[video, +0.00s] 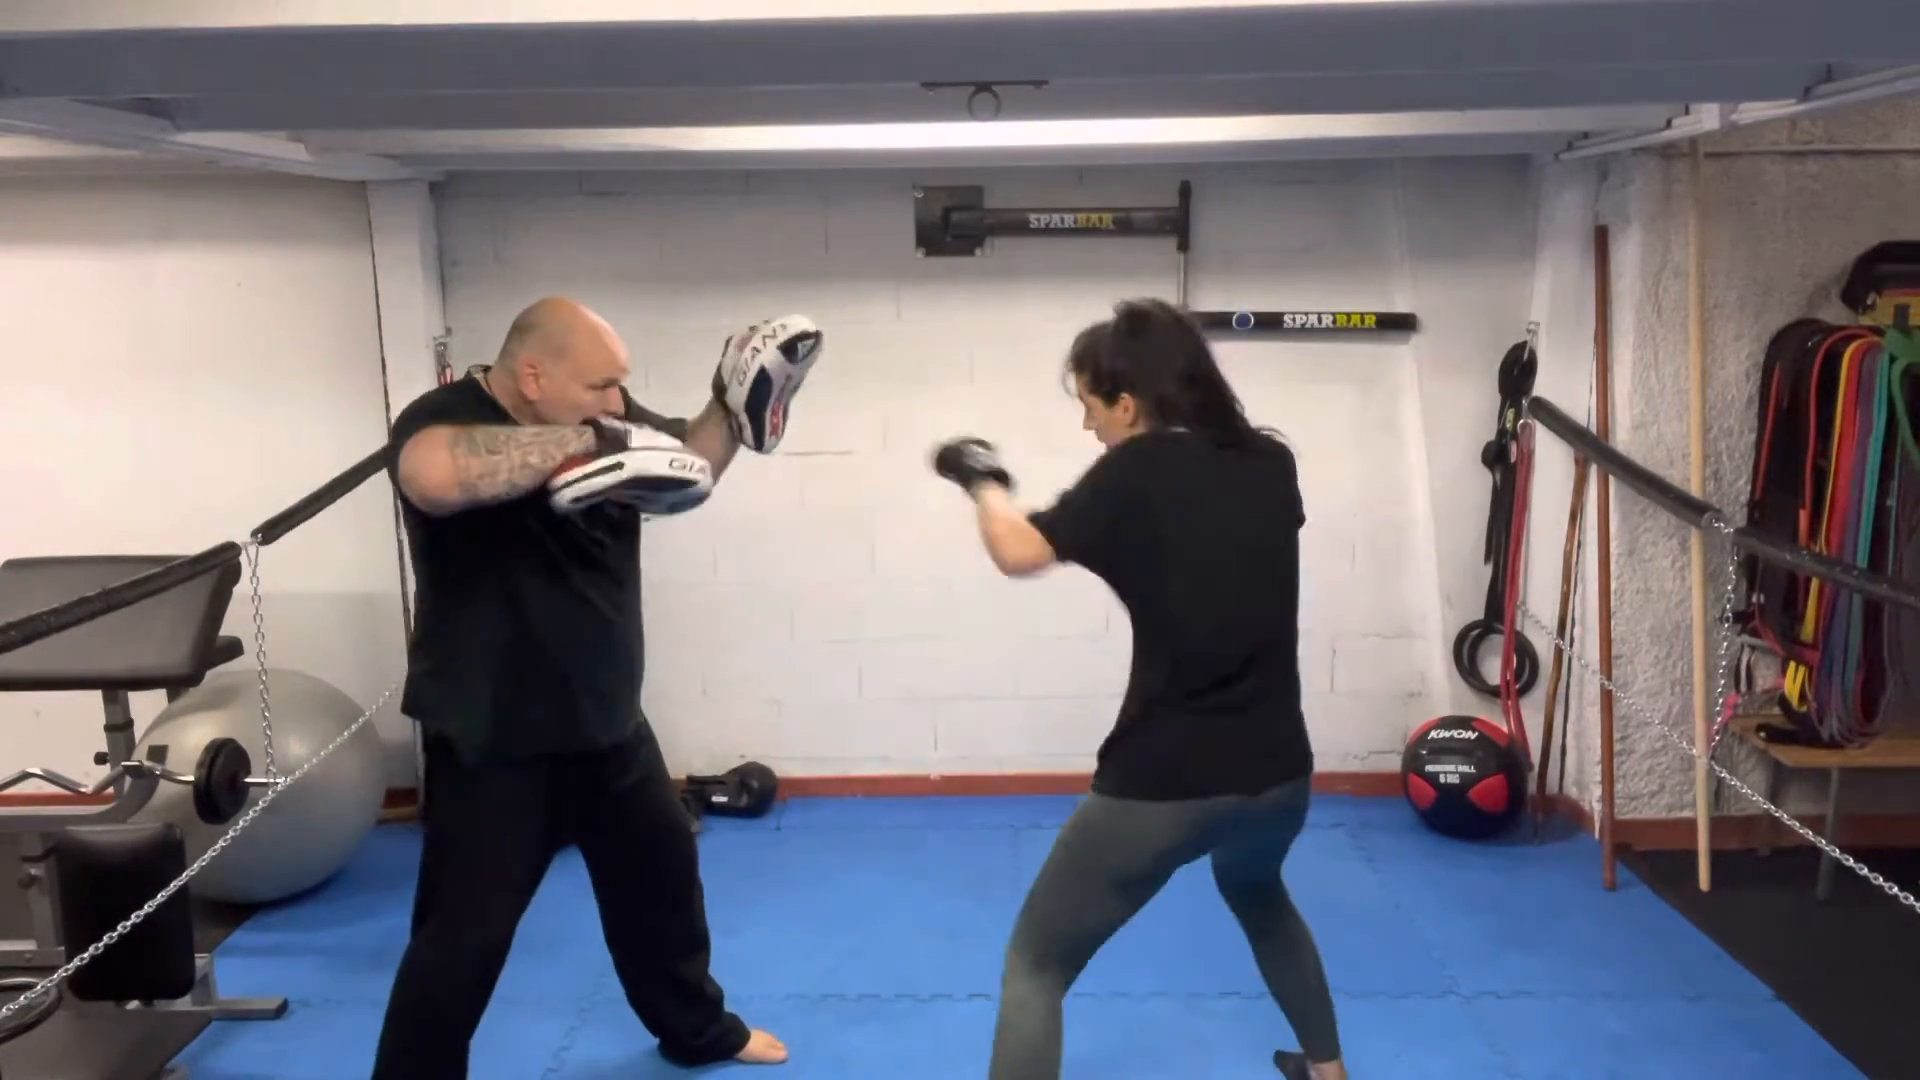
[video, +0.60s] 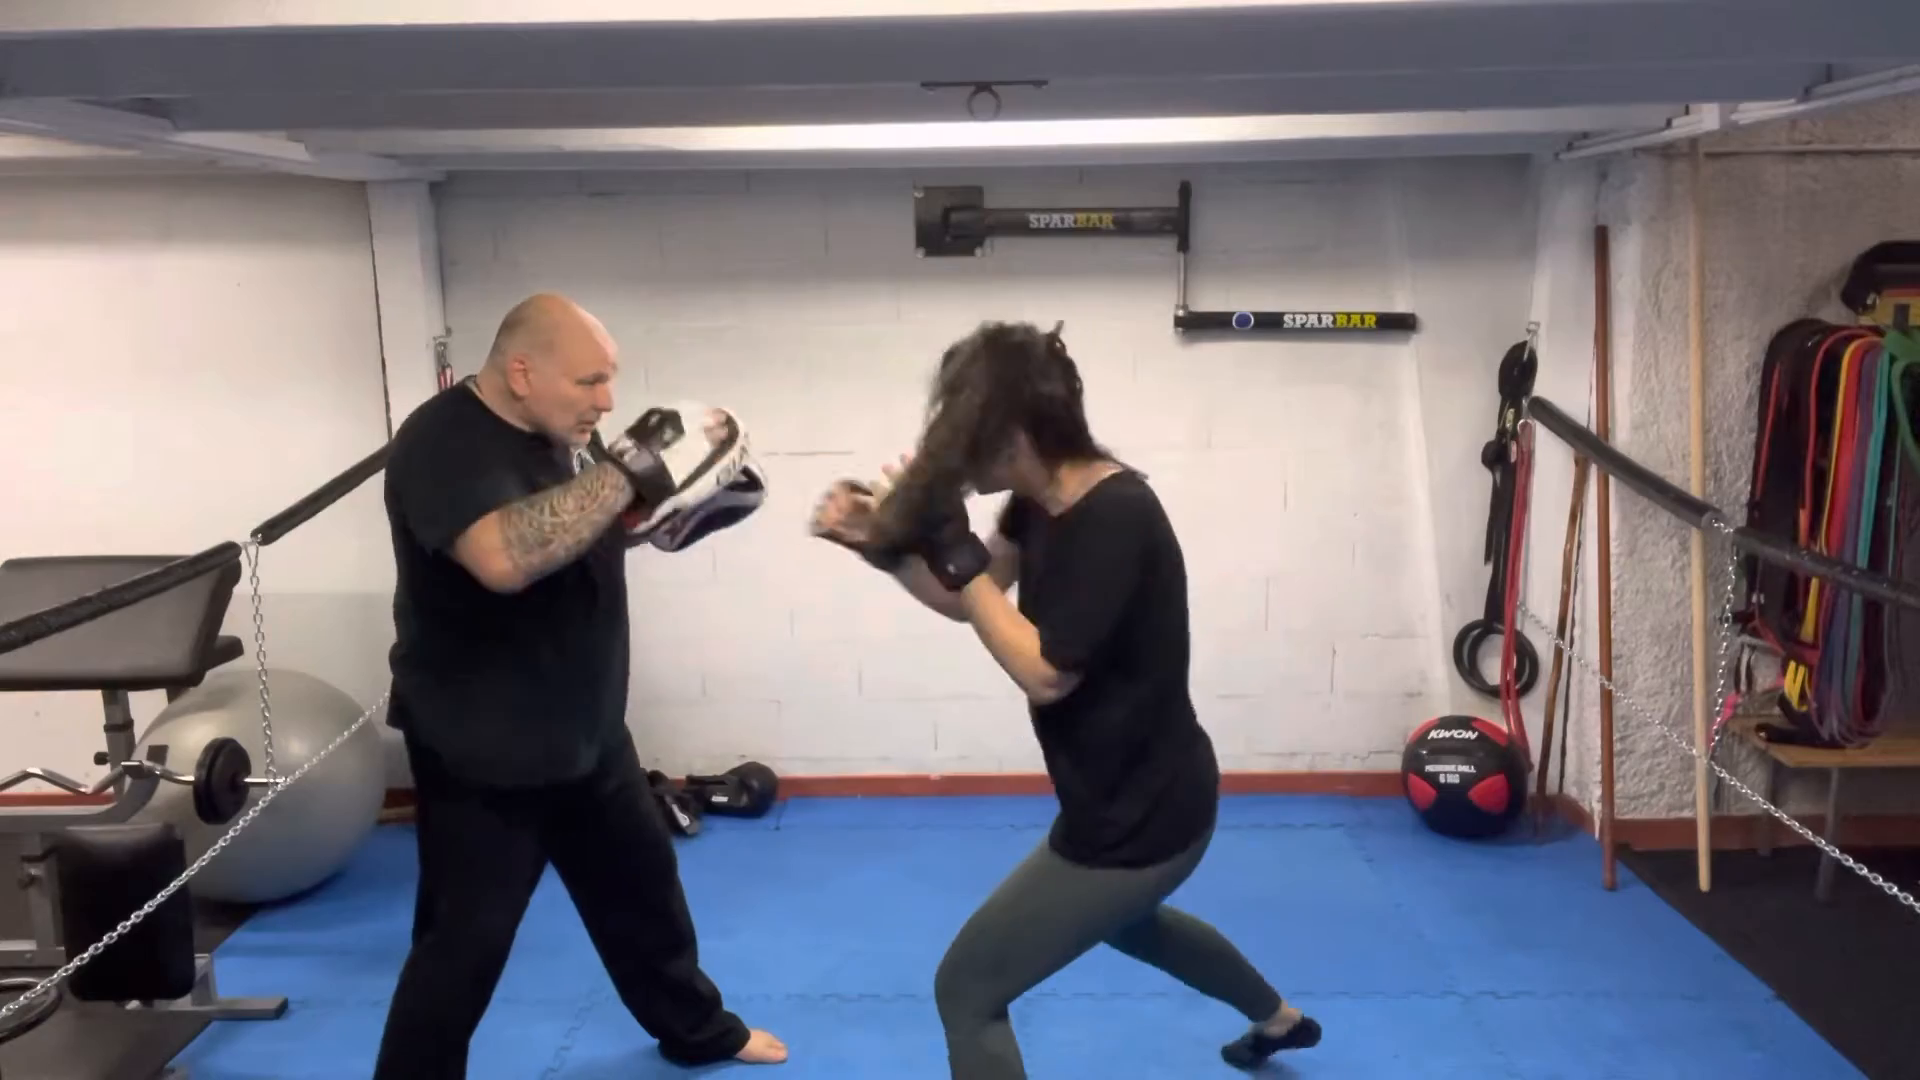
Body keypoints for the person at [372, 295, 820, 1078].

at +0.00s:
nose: (616, 404)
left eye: (618, 387)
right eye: (600, 386)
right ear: (531, 375)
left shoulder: (606, 424)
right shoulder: (446, 417)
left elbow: (684, 467)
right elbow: (432, 479)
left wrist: (737, 401)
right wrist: (588, 446)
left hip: (605, 727)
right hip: (486, 743)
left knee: (661, 876)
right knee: (458, 948)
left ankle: (696, 1031)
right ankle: (413, 1073)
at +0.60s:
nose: (605, 401)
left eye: (607, 380)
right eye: (588, 382)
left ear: (527, 372)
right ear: (520, 371)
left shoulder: (559, 439)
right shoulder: (438, 442)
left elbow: (576, 535)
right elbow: (501, 556)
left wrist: (656, 504)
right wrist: (632, 471)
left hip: (582, 737)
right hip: (480, 756)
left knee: (643, 894)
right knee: (459, 952)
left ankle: (697, 1032)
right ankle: (413, 1073)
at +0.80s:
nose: (590, 403)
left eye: (592, 383)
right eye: (574, 384)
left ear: (510, 375)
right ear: (505, 374)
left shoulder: (532, 440)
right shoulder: (425, 461)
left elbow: (562, 544)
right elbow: (508, 603)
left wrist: (637, 515)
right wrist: (628, 516)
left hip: (579, 740)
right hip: (476, 761)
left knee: (644, 885)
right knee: (453, 958)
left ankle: (694, 1028)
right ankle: (410, 1076)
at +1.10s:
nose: (660, 401)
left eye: (663, 386)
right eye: (647, 385)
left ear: (587, 384)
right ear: (582, 382)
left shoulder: (625, 451)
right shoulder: (486, 472)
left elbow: (641, 569)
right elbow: (555, 604)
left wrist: (687, 610)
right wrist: (651, 489)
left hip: (659, 747)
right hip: (540, 768)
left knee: (736, 879)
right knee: (477, 960)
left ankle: (793, 1027)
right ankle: (414, 1073)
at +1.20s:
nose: (677, 394)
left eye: (691, 382)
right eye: (666, 373)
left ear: (702, 397)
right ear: (615, 370)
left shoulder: (691, 457)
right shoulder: (528, 448)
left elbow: (719, 526)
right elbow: (558, 578)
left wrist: (781, 556)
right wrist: (629, 444)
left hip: (700, 738)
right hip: (571, 753)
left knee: (776, 863)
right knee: (489, 953)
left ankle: (795, 1027)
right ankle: (424, 1070)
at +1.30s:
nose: (734, 395)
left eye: (736, 379)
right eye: (722, 377)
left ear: (717, 380)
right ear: (663, 370)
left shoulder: (740, 435)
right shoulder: (548, 434)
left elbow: (805, 470)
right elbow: (539, 551)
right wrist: (620, 429)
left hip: (718, 730)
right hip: (584, 739)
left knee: (788, 877)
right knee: (513, 937)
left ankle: (797, 1029)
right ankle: (440, 1074)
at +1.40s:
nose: (731, 399)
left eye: (739, 381)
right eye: (717, 379)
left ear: (743, 378)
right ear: (654, 371)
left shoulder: (764, 432)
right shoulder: (558, 428)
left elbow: (871, 452)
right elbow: (517, 541)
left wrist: (962, 426)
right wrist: (610, 428)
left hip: (716, 725)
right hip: (582, 732)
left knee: (787, 880)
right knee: (519, 926)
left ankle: (797, 1029)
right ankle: (452, 1072)